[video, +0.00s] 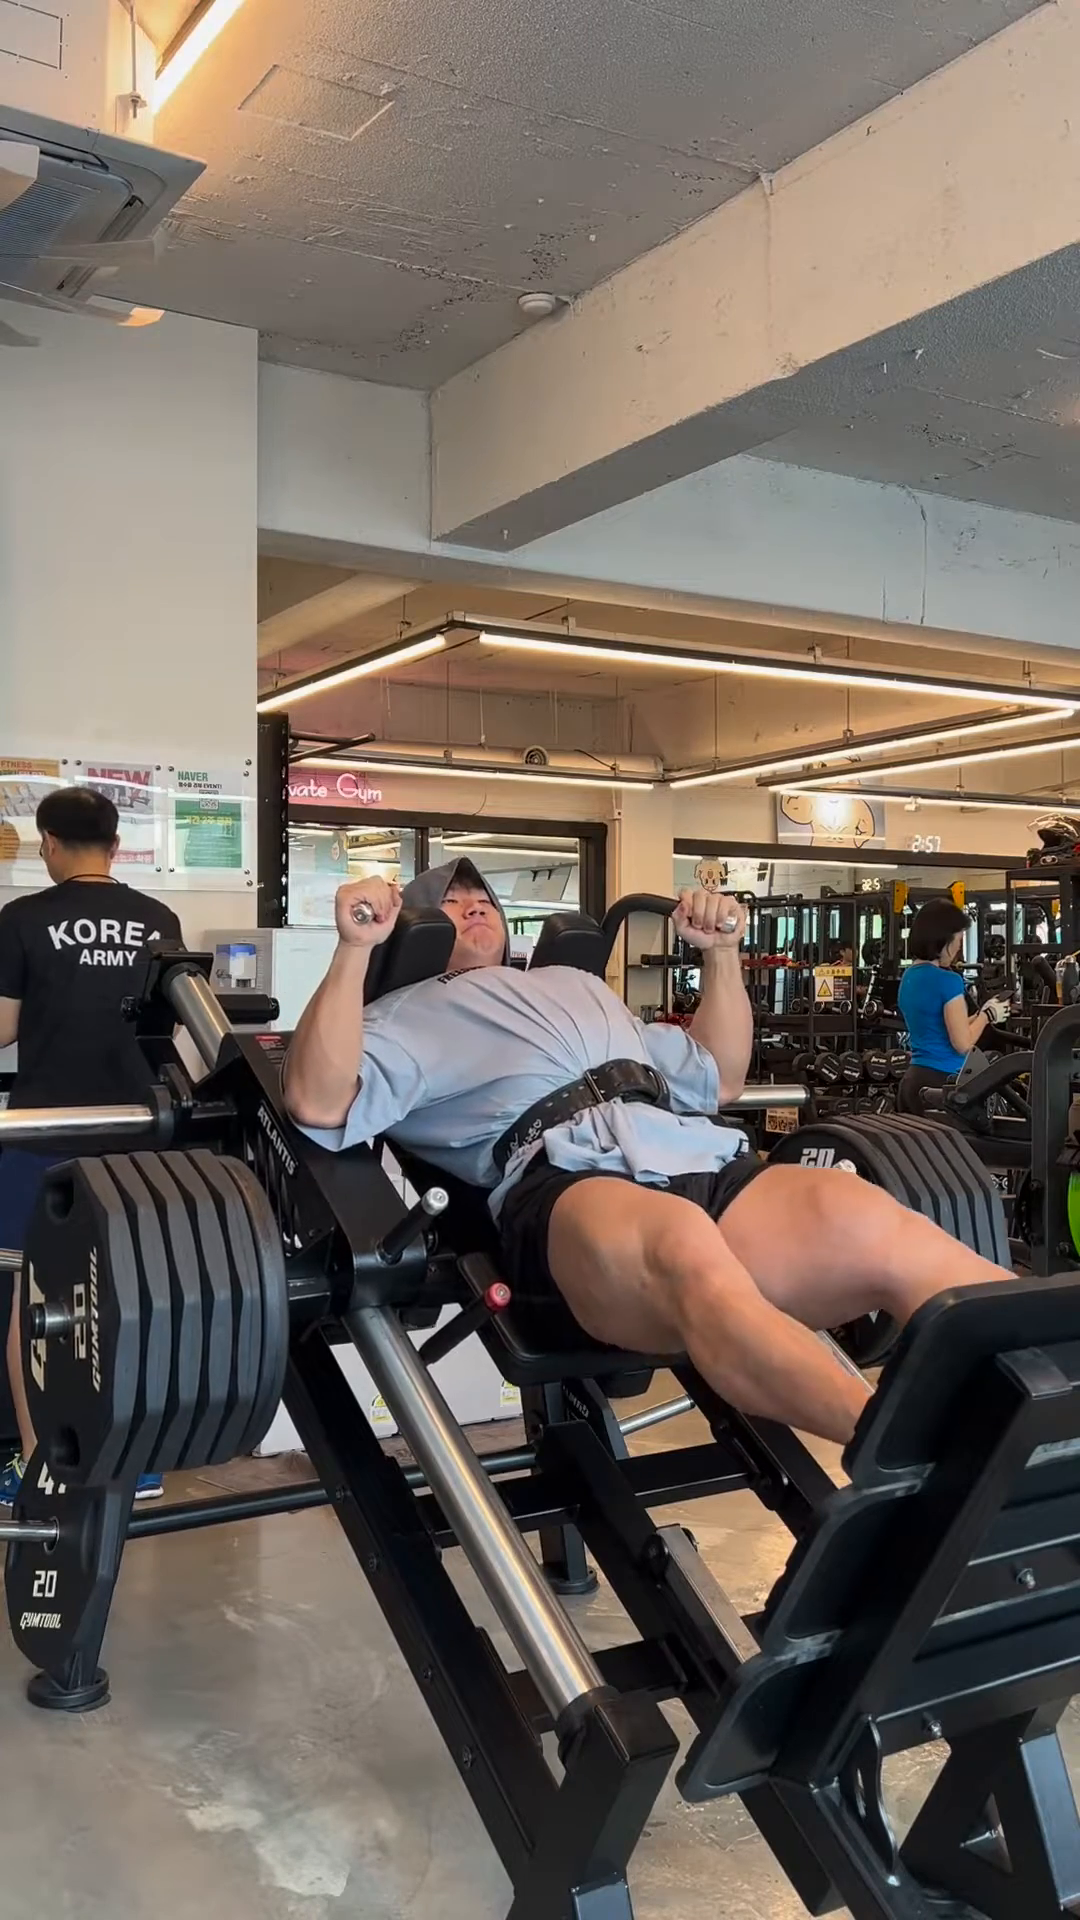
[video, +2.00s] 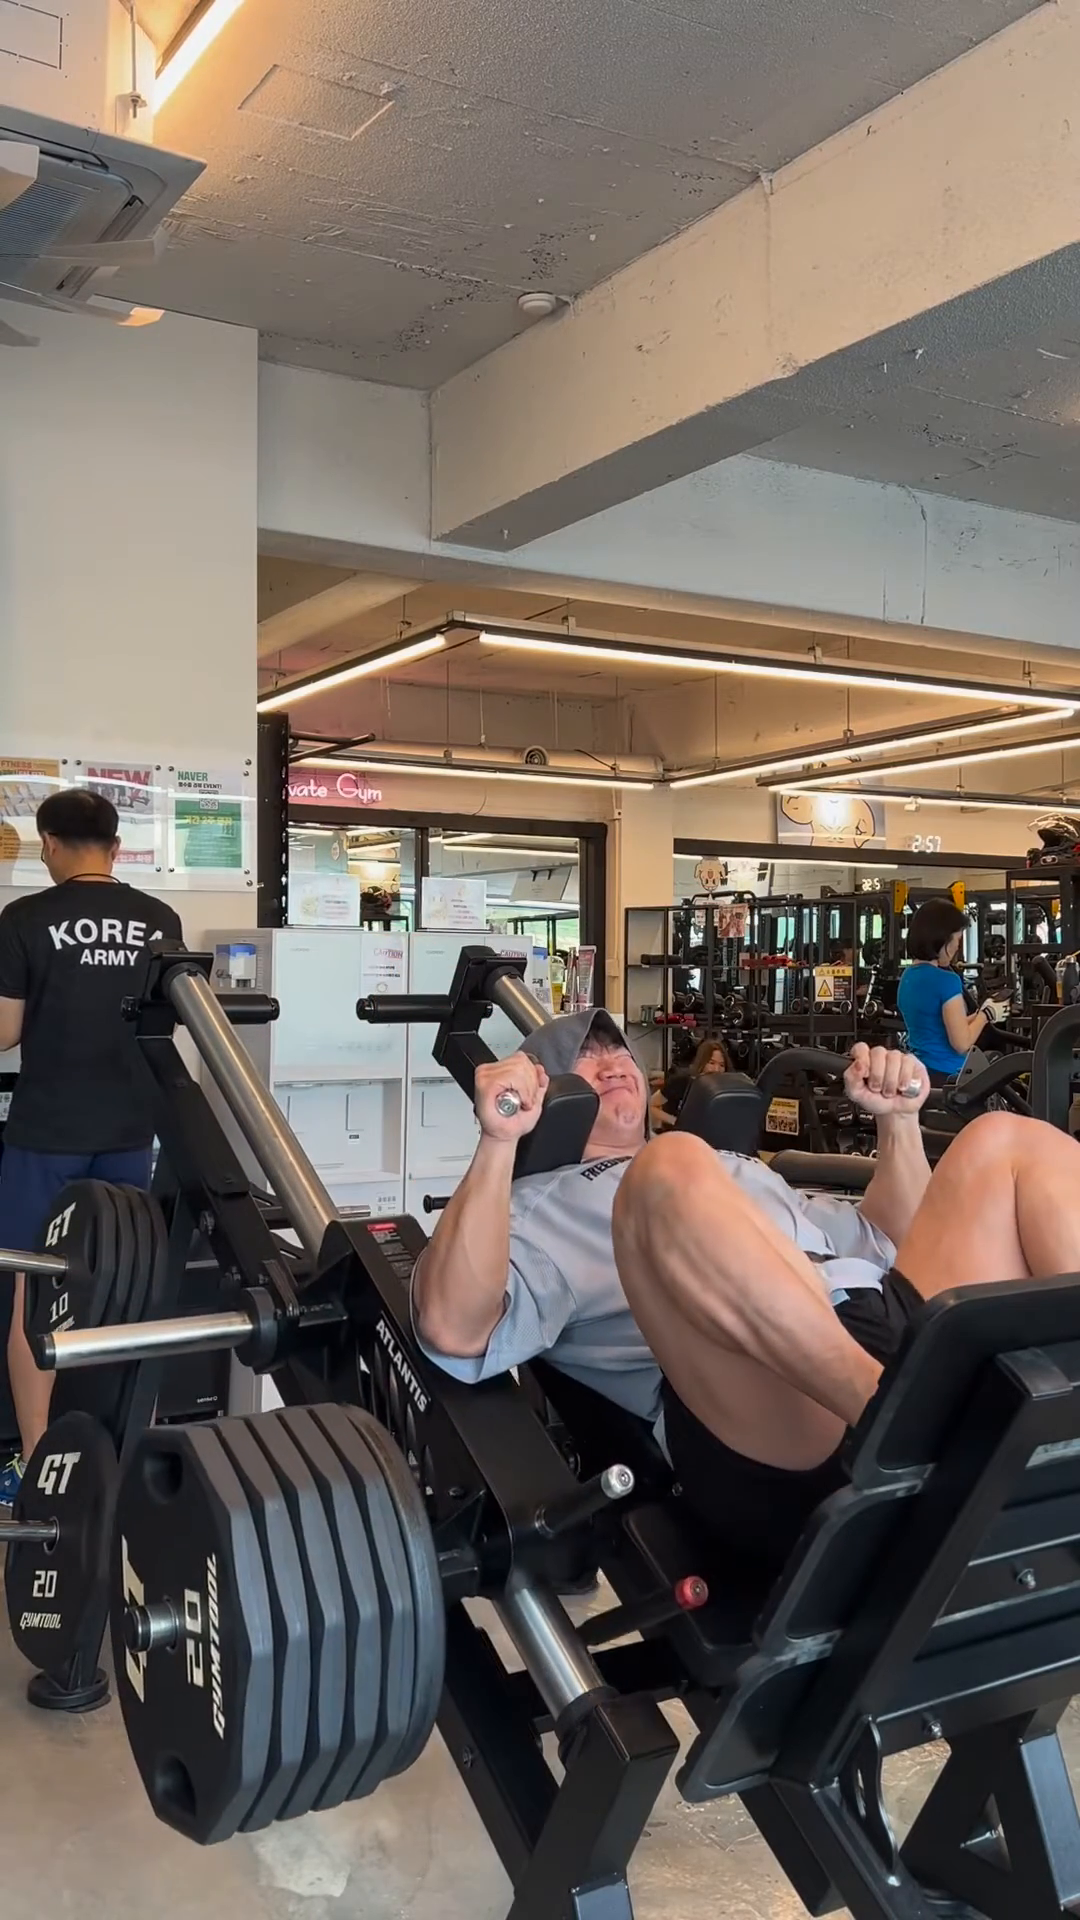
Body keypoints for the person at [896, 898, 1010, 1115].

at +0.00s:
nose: (960, 948)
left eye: (960, 941)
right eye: (959, 940)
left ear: (925, 935)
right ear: (945, 940)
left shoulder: (908, 977)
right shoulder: (948, 981)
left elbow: (930, 1033)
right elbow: (963, 1043)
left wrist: (976, 1015)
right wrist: (989, 1014)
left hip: (915, 1076)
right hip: (948, 1082)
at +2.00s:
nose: (958, 947)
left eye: (959, 940)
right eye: (957, 939)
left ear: (923, 937)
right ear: (943, 940)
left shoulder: (908, 977)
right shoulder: (946, 980)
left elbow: (936, 1033)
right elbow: (962, 1043)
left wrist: (977, 1015)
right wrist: (987, 1014)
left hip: (918, 1073)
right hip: (947, 1079)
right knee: (996, 1059)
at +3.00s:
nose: (960, 946)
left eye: (961, 939)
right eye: (959, 939)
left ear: (925, 936)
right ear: (946, 940)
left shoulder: (909, 978)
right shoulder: (948, 981)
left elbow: (933, 1035)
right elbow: (963, 1042)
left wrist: (978, 1016)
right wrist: (988, 1015)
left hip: (918, 1074)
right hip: (948, 1080)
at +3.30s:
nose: (960, 946)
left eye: (961, 939)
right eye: (959, 938)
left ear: (925, 936)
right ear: (946, 940)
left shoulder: (909, 977)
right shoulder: (948, 981)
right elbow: (963, 1042)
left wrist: (979, 1015)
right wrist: (989, 1014)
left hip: (918, 1073)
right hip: (948, 1078)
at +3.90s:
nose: (958, 948)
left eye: (959, 941)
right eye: (957, 940)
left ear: (923, 936)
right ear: (943, 941)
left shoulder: (908, 978)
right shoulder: (947, 981)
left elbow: (933, 1033)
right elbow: (962, 1043)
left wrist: (979, 1013)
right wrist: (986, 1012)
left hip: (913, 1078)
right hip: (944, 1083)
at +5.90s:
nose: (957, 947)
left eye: (958, 940)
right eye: (956, 940)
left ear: (923, 935)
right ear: (943, 940)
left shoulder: (907, 978)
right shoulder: (946, 981)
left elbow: (933, 1032)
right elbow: (962, 1042)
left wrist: (976, 1015)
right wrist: (987, 1013)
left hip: (913, 1078)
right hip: (945, 1084)